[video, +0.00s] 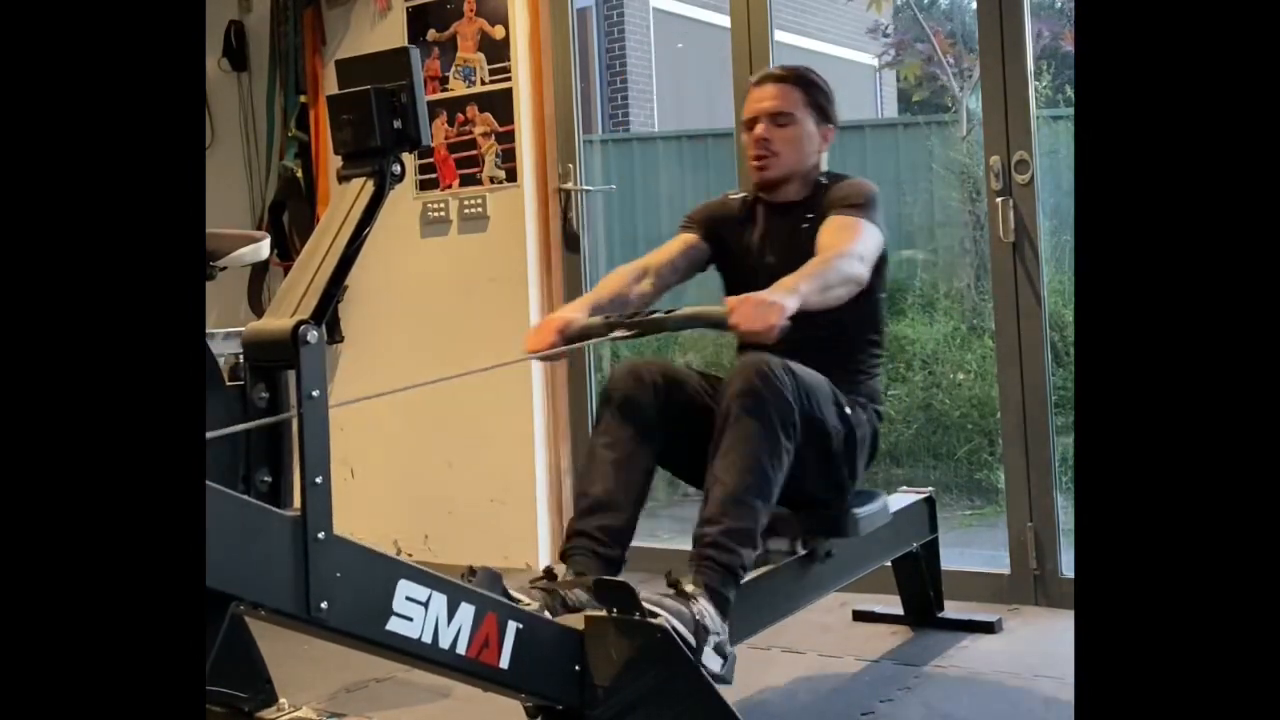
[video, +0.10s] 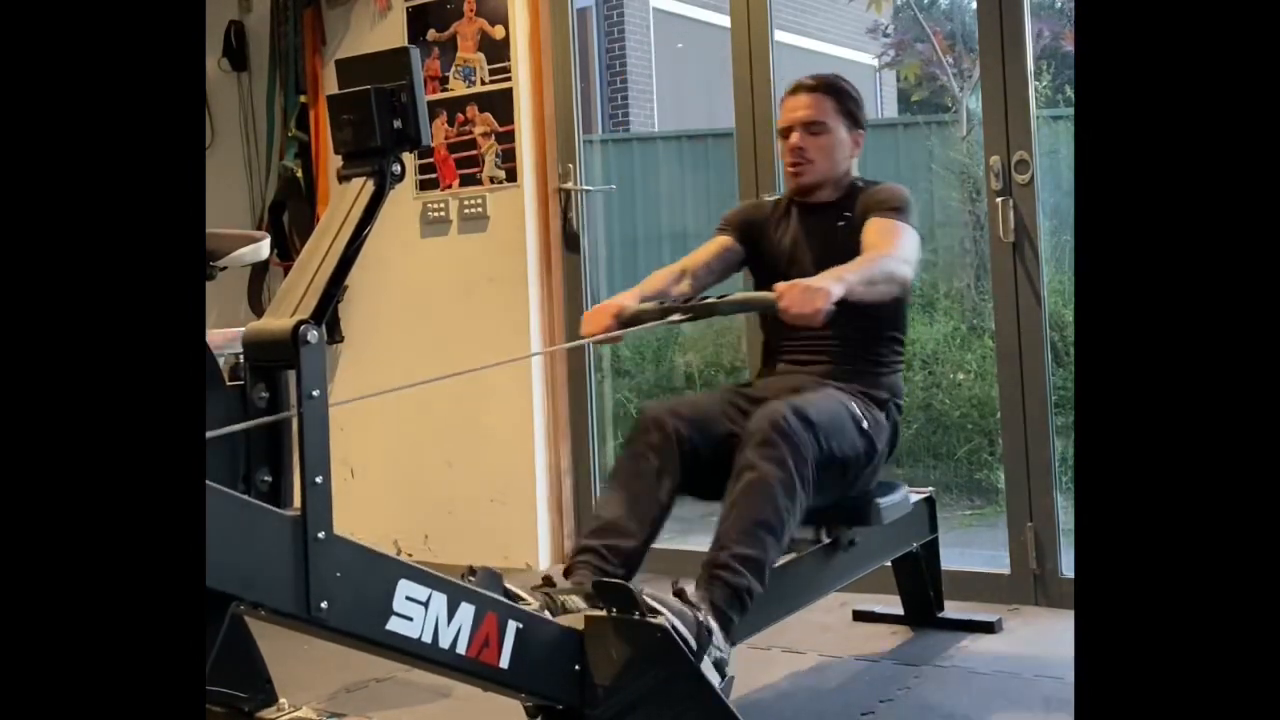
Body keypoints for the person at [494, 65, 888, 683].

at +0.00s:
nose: (758, 135)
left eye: (779, 121)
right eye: (749, 124)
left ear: (825, 136)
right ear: (740, 136)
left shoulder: (851, 200)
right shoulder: (724, 217)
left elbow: (844, 264)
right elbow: (646, 276)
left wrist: (786, 294)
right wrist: (574, 314)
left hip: (836, 438)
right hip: (746, 426)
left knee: (760, 371)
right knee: (637, 381)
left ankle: (707, 606)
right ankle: (582, 580)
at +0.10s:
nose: (793, 144)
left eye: (812, 130)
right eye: (785, 132)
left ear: (855, 142)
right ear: (776, 142)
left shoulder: (881, 203)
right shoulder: (758, 220)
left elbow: (894, 267)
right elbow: (686, 275)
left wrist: (833, 283)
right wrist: (624, 302)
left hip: (855, 403)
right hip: (765, 394)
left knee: (779, 425)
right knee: (662, 423)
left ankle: (710, 618)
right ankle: (587, 584)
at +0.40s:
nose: (803, 168)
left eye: (821, 153)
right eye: (794, 156)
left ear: (864, 156)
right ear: (787, 164)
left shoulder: (910, 229)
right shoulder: (781, 238)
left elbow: (1021, 302)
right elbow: (746, 308)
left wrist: (941, 286)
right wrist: (728, 309)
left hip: (860, 417)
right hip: (764, 406)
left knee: (775, 422)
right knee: (672, 413)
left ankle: (715, 618)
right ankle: (593, 588)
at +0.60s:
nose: (757, 151)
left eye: (777, 134)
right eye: (747, 136)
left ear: (820, 143)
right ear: (738, 144)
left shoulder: (862, 212)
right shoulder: (728, 228)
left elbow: (927, 264)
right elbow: (655, 283)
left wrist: (828, 281)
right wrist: (606, 303)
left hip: (831, 457)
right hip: (737, 448)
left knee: (750, 369)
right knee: (635, 364)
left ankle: (712, 608)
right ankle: (592, 572)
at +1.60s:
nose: (832, 177)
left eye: (849, 163)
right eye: (823, 165)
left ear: (889, 166)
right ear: (815, 170)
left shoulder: (924, 235)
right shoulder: (803, 242)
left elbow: (1011, 309)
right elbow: (751, 295)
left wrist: (931, 298)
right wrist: (722, 308)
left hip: (867, 411)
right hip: (776, 409)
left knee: (788, 463)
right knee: (688, 465)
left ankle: (716, 621)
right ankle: (593, 590)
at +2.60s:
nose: (771, 142)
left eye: (791, 127)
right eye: (763, 131)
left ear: (836, 142)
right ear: (753, 143)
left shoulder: (864, 203)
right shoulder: (737, 219)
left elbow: (846, 260)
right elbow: (659, 268)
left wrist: (789, 289)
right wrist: (584, 306)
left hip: (842, 441)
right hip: (751, 427)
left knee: (765, 377)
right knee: (638, 392)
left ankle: (704, 609)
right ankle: (576, 589)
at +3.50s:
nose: (626, 148)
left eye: (650, 129)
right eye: (618, 132)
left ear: (707, 140)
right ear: (610, 139)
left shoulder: (758, 207)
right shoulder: (609, 230)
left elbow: (726, 267)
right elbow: (513, 296)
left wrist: (635, 324)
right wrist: (405, 363)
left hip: (757, 482)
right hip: (654, 480)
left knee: (697, 321)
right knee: (567, 307)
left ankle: (694, 570)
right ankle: (572, 559)